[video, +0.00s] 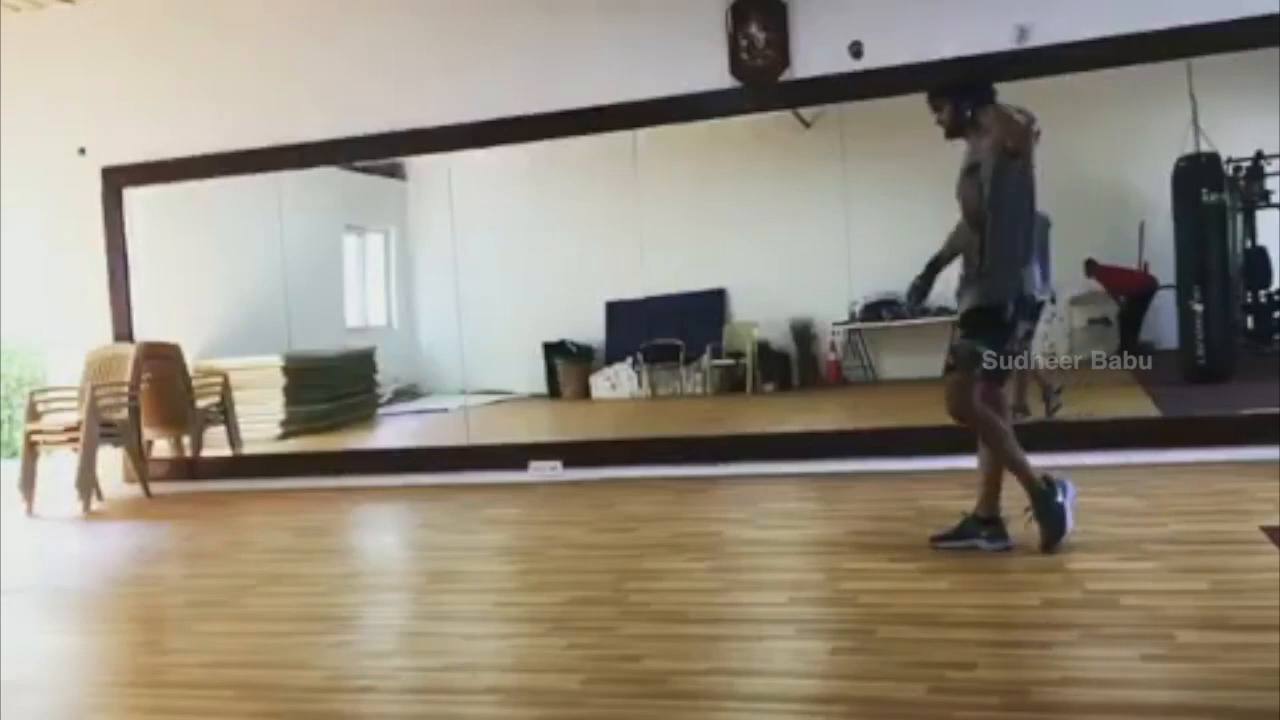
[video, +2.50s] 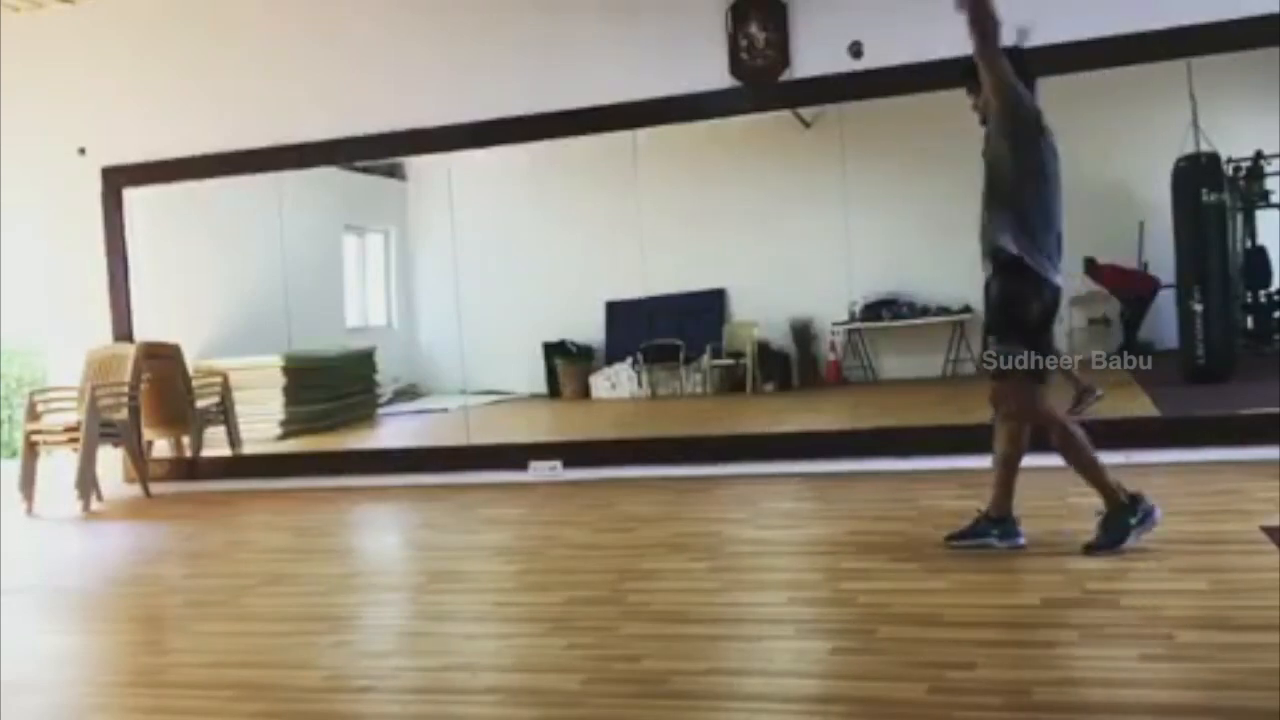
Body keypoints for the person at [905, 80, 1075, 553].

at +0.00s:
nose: (936, 120)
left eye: (938, 110)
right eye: (934, 111)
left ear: (961, 105)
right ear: (964, 105)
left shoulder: (1002, 137)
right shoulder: (979, 150)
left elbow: (1010, 225)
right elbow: (972, 225)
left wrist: (994, 299)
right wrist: (933, 268)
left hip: (1003, 293)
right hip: (992, 291)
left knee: (962, 400)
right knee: (994, 402)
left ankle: (1041, 490)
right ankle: (986, 515)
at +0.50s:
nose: (957, 117)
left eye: (960, 106)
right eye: (956, 107)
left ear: (983, 103)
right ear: (987, 103)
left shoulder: (1027, 148)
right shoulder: (1005, 154)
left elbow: (1049, 215)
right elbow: (1030, 227)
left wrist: (987, 259)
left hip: (1018, 308)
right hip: (1005, 307)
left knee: (1023, 412)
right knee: (1009, 411)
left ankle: (1120, 505)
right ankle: (988, 517)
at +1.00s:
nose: (1016, 108)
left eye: (1019, 97)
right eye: (1014, 99)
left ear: (1045, 95)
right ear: (1054, 95)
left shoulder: (1092, 148)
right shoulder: (1078, 143)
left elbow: (1094, 233)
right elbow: (1092, 225)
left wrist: (1096, 302)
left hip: (1100, 302)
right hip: (1073, 298)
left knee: (1111, 397)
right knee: (1048, 387)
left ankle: (1144, 517)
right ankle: (1065, 507)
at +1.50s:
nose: (1040, 106)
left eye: (1043, 97)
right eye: (1038, 97)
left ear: (1066, 96)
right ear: (1080, 92)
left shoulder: (1111, 158)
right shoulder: (1095, 132)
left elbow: (1120, 247)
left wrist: (1118, 319)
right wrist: (1076, 201)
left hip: (1110, 300)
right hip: (1083, 292)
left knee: (1122, 400)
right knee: (1071, 387)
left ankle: (1145, 518)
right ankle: (1177, 463)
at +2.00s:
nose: (1017, 109)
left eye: (1019, 98)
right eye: (1015, 99)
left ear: (1041, 95)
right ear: (1057, 91)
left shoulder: (1073, 147)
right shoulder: (1093, 134)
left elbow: (1082, 229)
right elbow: (1105, 220)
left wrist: (1068, 293)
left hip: (1101, 298)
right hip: (1107, 292)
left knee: (1114, 401)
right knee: (1054, 394)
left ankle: (1145, 519)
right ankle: (1024, 504)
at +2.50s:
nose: (973, 107)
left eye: (976, 94)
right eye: (970, 98)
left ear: (1000, 86)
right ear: (1000, 87)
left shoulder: (1020, 122)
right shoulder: (1011, 130)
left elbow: (986, 36)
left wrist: (967, 0)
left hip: (1024, 277)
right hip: (1018, 277)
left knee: (1020, 399)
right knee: (1015, 400)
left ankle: (1121, 503)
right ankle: (999, 515)